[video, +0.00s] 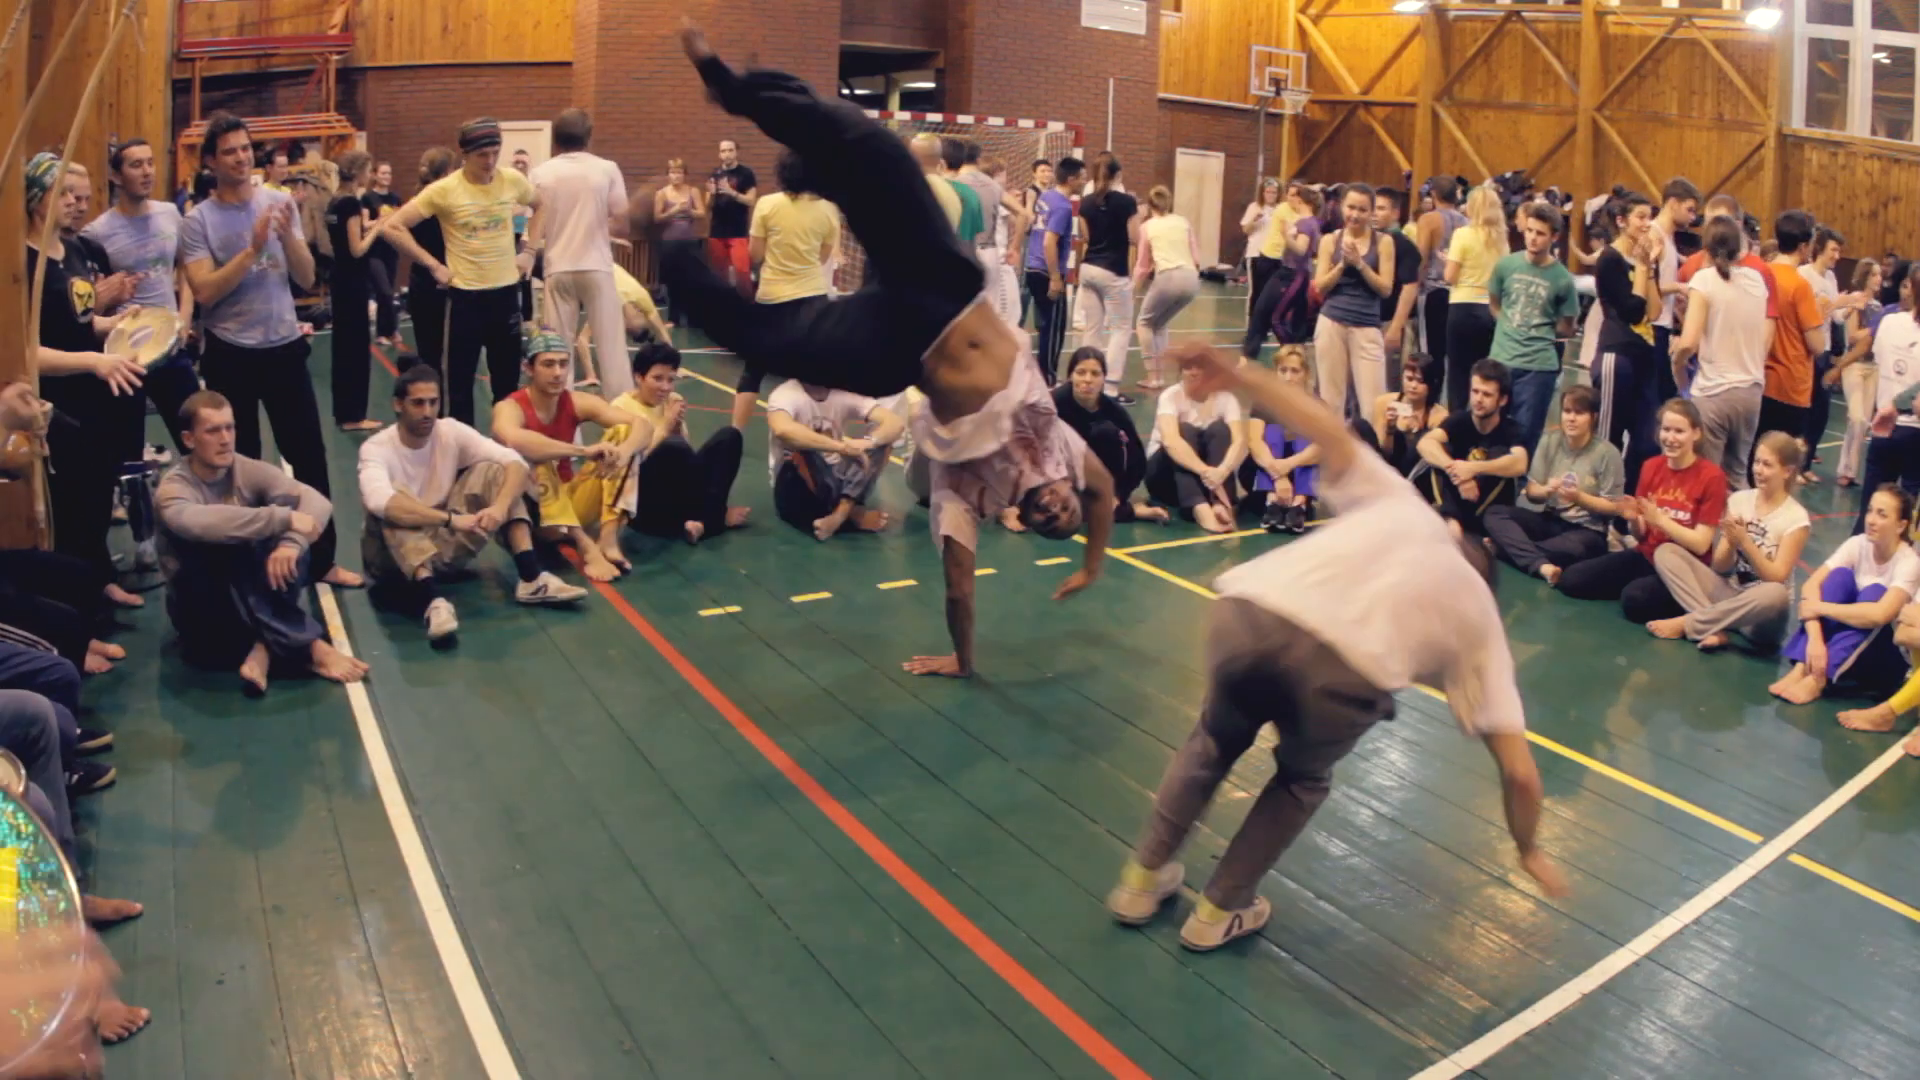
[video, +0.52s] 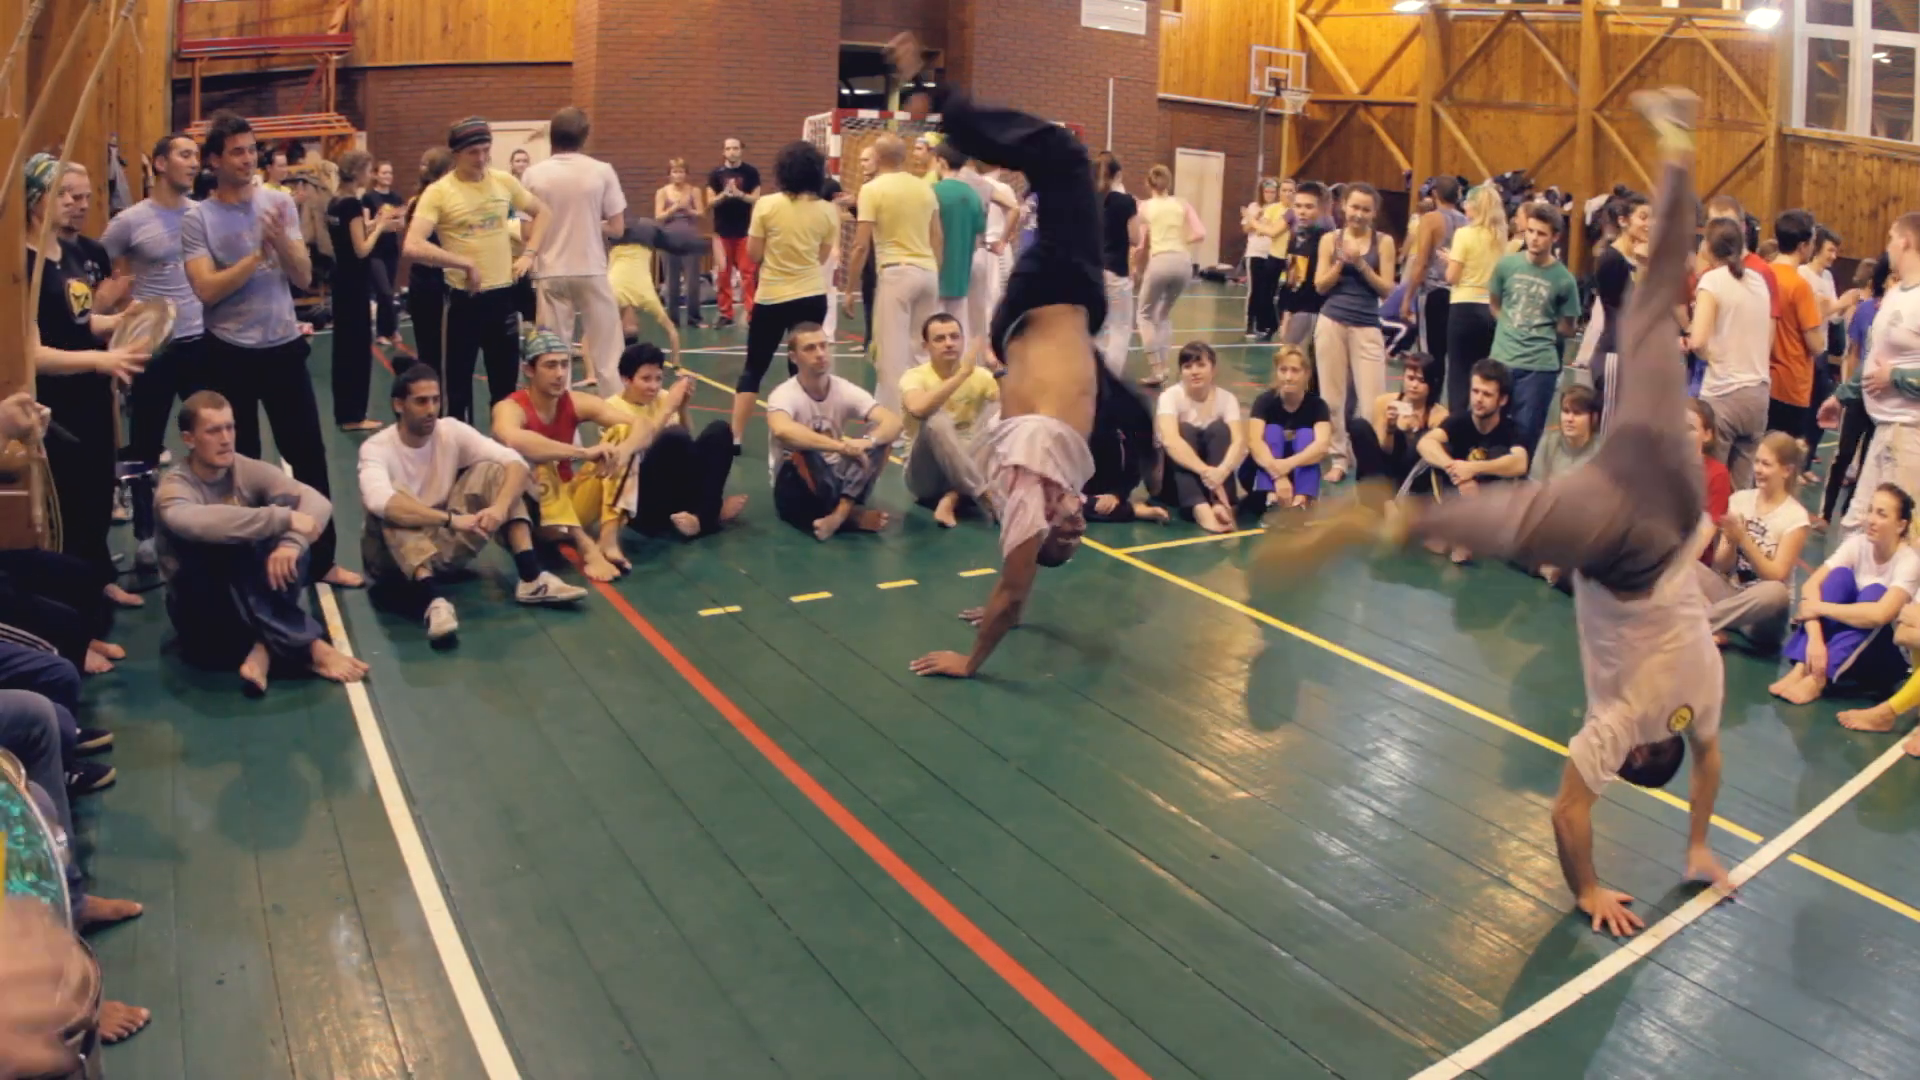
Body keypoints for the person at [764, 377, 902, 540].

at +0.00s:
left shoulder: (844, 396)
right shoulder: (786, 394)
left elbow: (895, 422)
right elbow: (782, 430)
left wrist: (870, 443)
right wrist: (841, 447)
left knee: (878, 442)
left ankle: (840, 513)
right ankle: (853, 512)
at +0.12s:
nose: (820, 355)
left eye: (823, 347)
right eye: (809, 349)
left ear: (829, 349)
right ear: (794, 355)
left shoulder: (843, 389)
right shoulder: (784, 394)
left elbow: (894, 422)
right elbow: (782, 430)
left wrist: (870, 441)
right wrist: (841, 447)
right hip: (797, 495)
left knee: (880, 441)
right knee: (802, 453)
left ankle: (839, 513)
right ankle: (852, 512)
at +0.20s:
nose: (819, 354)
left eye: (823, 347)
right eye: (810, 349)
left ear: (829, 349)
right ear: (794, 355)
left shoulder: (842, 389)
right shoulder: (784, 394)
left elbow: (893, 422)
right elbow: (782, 430)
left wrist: (870, 441)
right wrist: (841, 447)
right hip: (797, 495)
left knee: (881, 441)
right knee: (801, 453)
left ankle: (840, 513)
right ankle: (851, 514)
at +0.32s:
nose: (820, 354)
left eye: (823, 347)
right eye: (810, 348)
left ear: (829, 349)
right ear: (793, 355)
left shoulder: (842, 389)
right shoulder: (784, 394)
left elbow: (893, 422)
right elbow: (782, 430)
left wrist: (870, 441)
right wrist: (840, 446)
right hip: (797, 495)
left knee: (881, 440)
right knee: (801, 455)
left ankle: (840, 512)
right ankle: (851, 514)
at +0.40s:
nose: (820, 354)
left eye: (823, 346)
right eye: (810, 348)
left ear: (829, 349)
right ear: (793, 356)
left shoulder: (842, 389)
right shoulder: (784, 394)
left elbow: (893, 422)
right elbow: (782, 430)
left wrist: (870, 441)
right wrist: (841, 447)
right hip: (797, 495)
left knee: (881, 440)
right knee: (803, 455)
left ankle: (840, 512)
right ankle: (851, 514)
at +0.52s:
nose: (820, 354)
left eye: (823, 346)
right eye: (810, 349)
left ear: (829, 349)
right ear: (793, 356)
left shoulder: (842, 389)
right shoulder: (784, 394)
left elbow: (893, 422)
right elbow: (782, 430)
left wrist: (869, 441)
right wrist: (840, 446)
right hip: (797, 496)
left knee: (881, 440)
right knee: (803, 454)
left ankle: (839, 514)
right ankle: (850, 513)